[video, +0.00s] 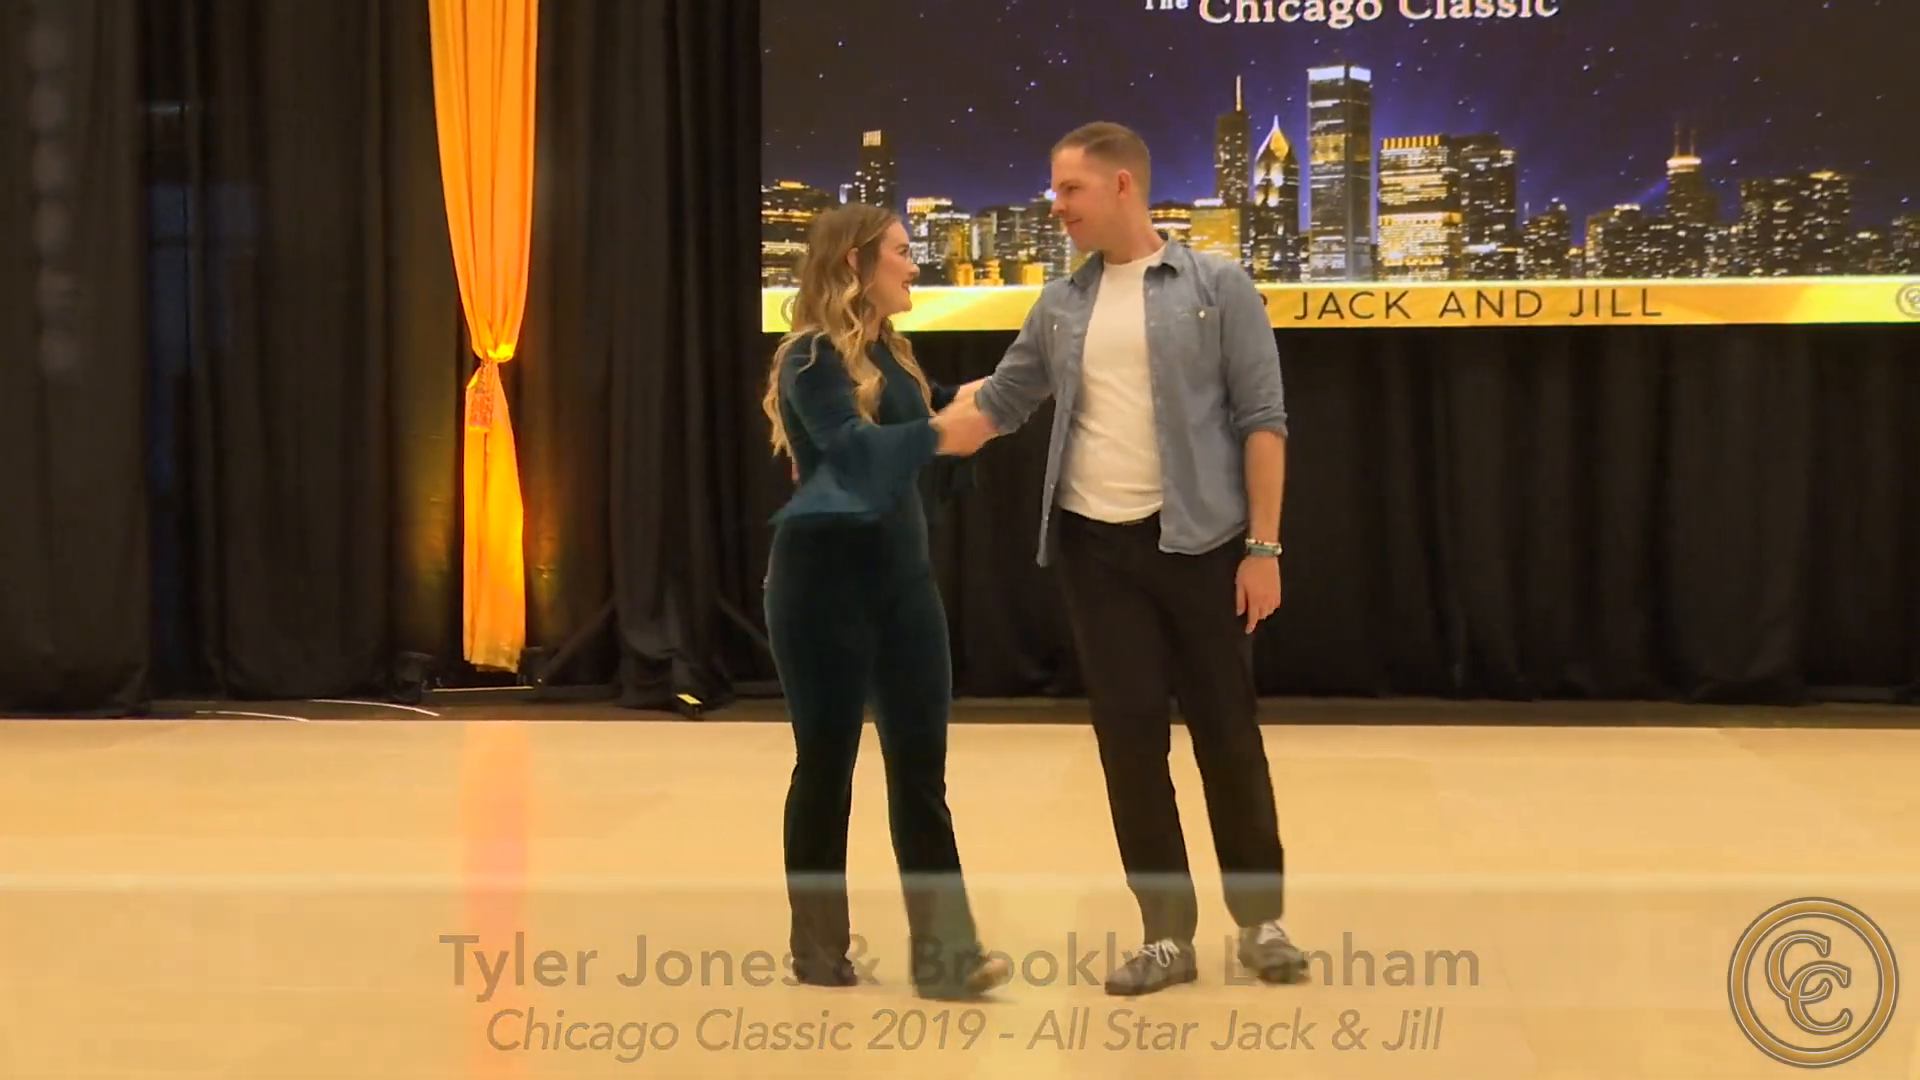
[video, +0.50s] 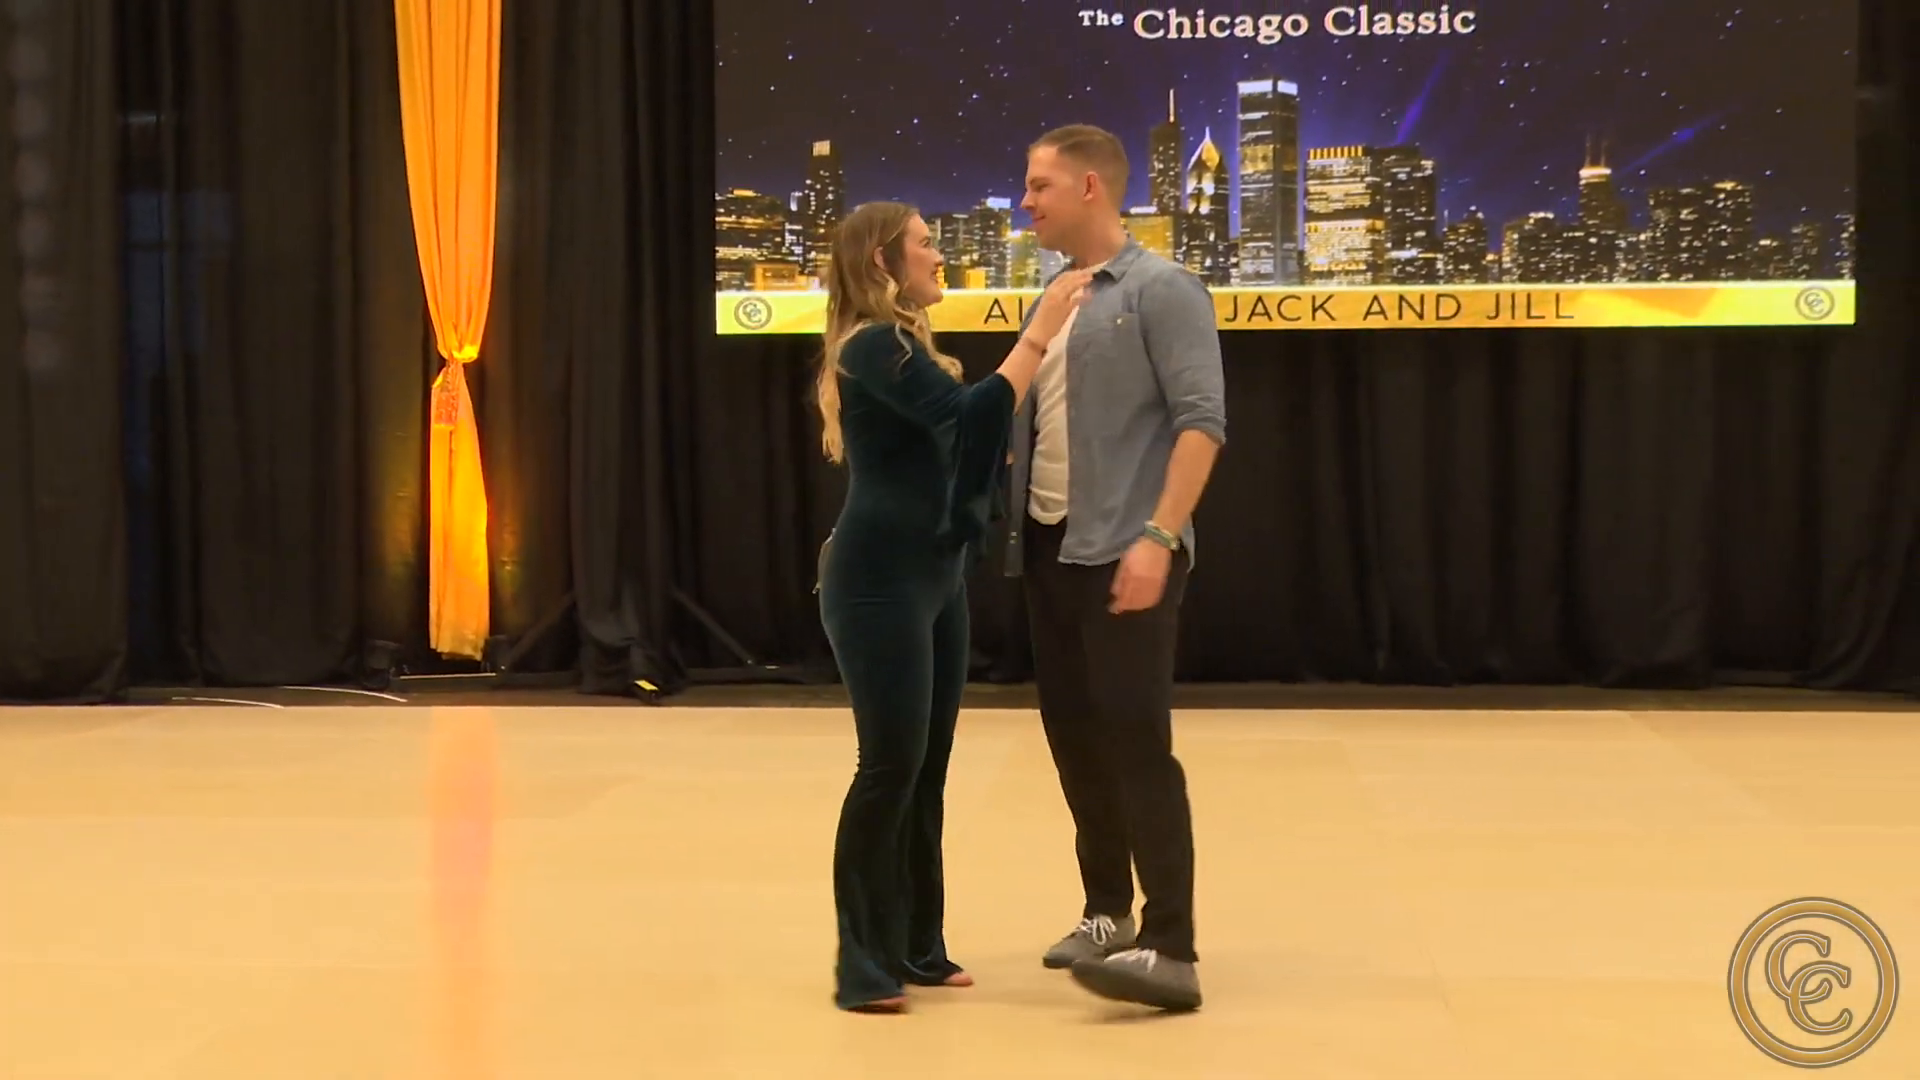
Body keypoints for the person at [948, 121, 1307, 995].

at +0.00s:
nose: (1058, 206)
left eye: (1071, 188)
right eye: (1055, 191)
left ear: (1126, 187)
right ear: (1085, 196)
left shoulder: (1219, 286)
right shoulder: (1063, 299)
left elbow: (1262, 418)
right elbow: (998, 399)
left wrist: (1263, 546)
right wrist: (894, 433)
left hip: (1200, 541)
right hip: (1093, 544)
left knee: (1228, 735)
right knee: (1129, 745)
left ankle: (1260, 923)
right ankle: (1168, 937)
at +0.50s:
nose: (1026, 201)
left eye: (1039, 185)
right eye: (1026, 187)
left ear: (1095, 189)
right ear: (1071, 193)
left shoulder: (1163, 287)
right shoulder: (1053, 299)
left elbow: (1204, 421)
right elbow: (1021, 423)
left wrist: (1160, 538)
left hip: (1127, 553)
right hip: (1048, 551)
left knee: (1137, 747)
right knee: (1077, 743)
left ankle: (1171, 954)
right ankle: (1112, 917)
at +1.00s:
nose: (1026, 189)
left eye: (1036, 173)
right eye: (1028, 174)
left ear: (1080, 177)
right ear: (1082, 177)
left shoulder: (1123, 273)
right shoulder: (1080, 278)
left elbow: (1091, 402)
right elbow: (1033, 406)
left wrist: (987, 340)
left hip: (1103, 530)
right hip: (1057, 530)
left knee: (1085, 719)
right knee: (1028, 708)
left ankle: (1125, 945)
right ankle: (1072, 893)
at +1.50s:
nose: (1011, 197)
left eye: (1022, 182)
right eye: (1014, 182)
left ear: (1071, 189)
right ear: (1070, 190)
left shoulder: (1107, 285)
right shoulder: (1064, 287)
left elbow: (1099, 424)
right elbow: (1033, 411)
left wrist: (1018, 354)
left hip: (1085, 538)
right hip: (1050, 536)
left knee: (1082, 724)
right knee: (1055, 717)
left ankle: (1100, 921)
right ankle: (1057, 884)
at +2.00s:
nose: (1012, 222)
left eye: (1021, 207)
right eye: (1013, 207)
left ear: (1065, 210)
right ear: (1065, 210)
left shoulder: (1100, 300)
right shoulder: (1065, 300)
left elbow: (1091, 431)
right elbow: (1035, 413)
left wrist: (1016, 368)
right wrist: (1018, 363)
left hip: (1082, 536)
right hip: (1047, 535)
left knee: (1076, 709)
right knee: (1045, 703)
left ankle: (1092, 905)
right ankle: (1075, 870)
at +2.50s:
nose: (1003, 242)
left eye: (1011, 227)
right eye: (1001, 228)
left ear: (1058, 223)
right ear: (1047, 225)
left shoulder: (1102, 312)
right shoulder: (1038, 306)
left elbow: (1108, 444)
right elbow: (1001, 409)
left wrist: (1021, 379)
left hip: (1078, 535)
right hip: (1042, 530)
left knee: (1032, 692)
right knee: (1059, 695)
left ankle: (1073, 883)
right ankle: (1077, 866)